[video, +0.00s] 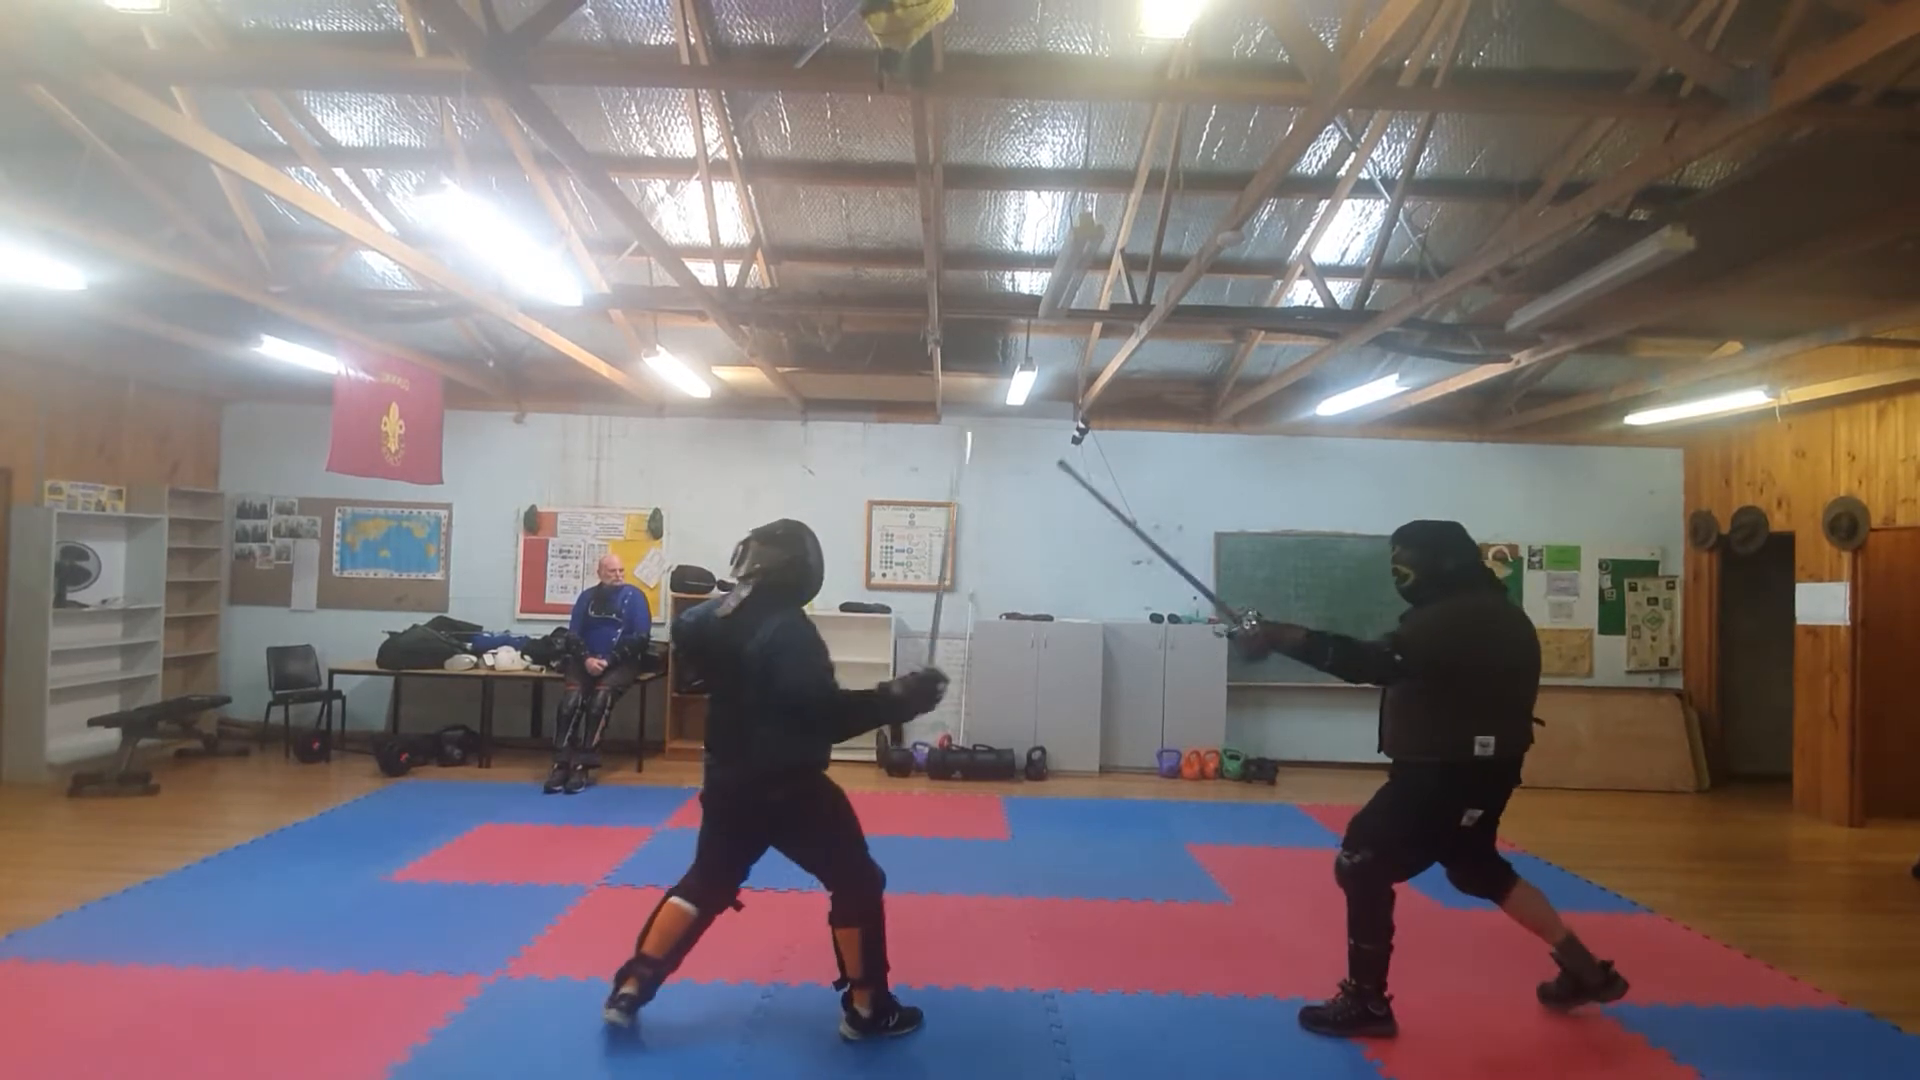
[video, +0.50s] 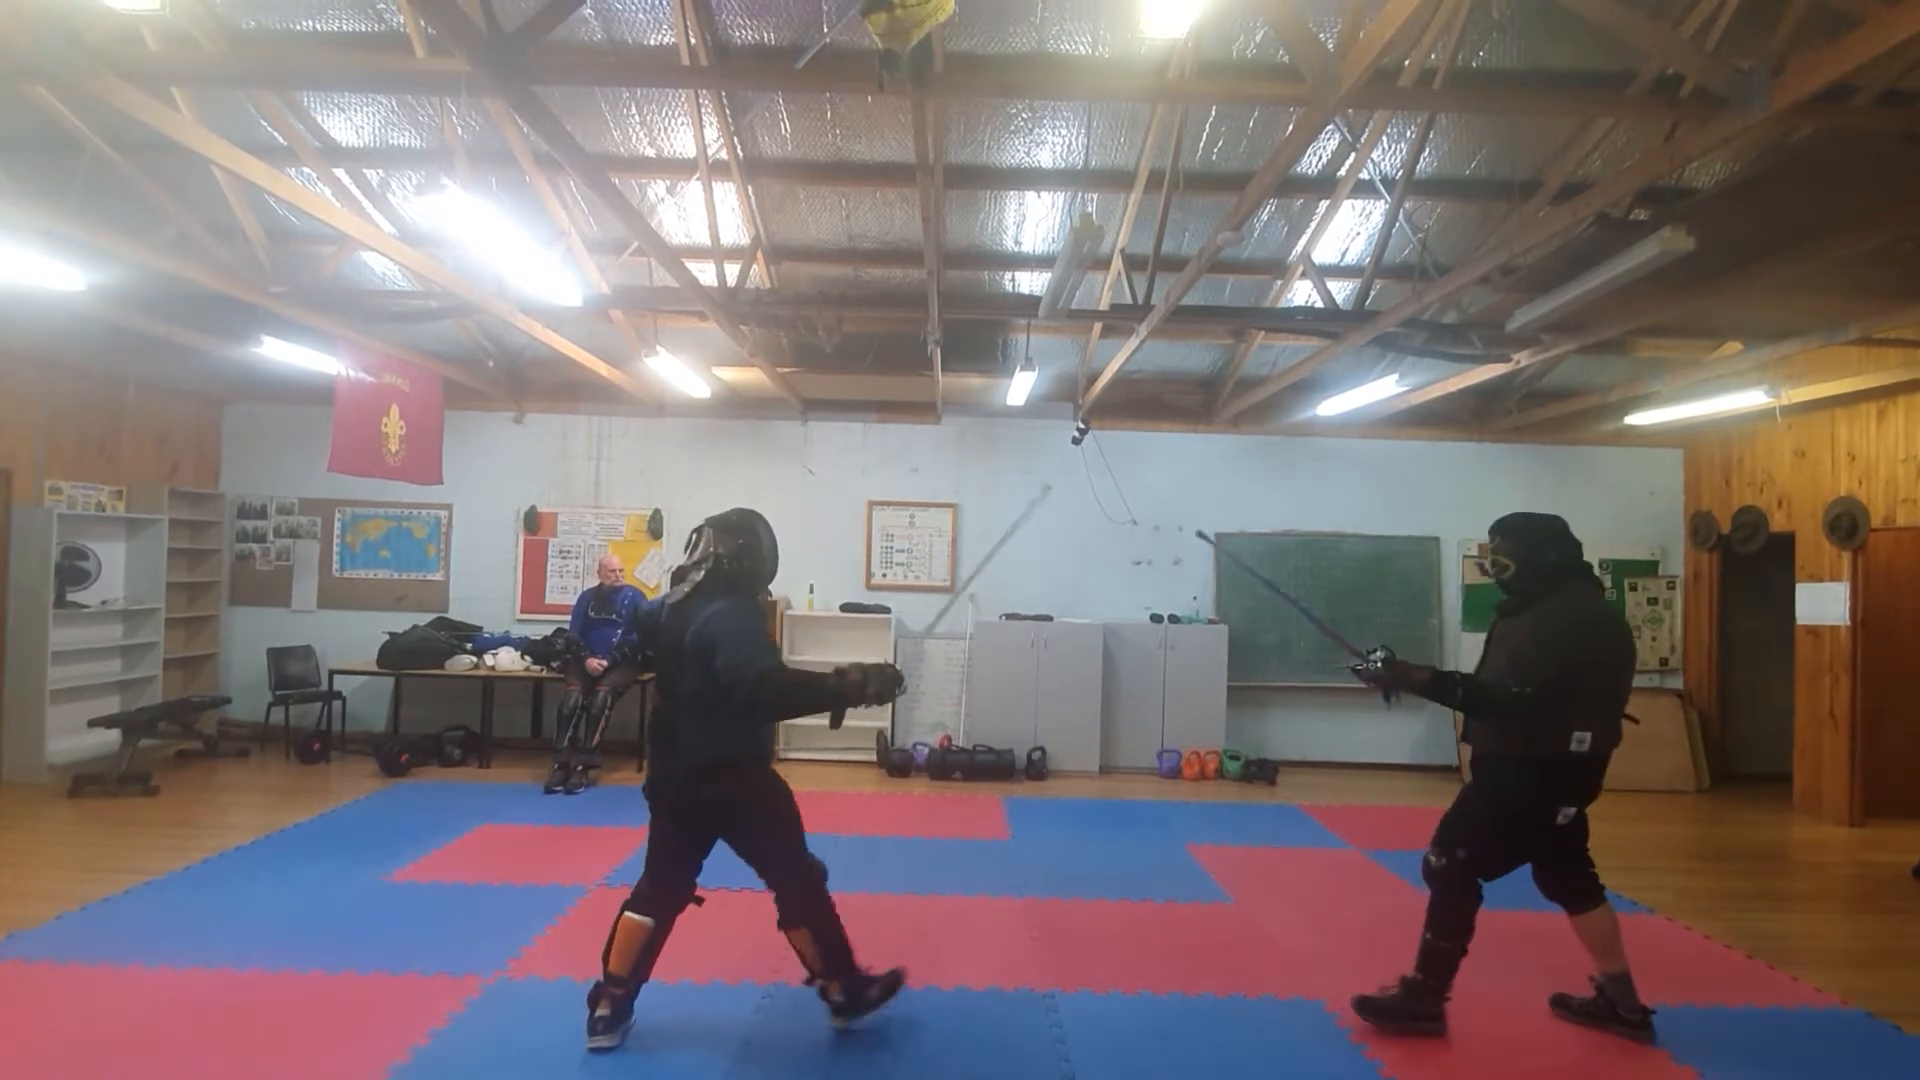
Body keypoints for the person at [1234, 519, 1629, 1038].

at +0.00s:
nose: (1399, 580)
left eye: (1404, 568)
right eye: (1396, 570)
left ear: (1437, 564)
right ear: (1459, 562)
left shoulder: (1446, 619)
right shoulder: (1503, 614)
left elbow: (1380, 663)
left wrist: (1289, 640)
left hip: (1438, 771)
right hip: (1489, 771)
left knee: (1363, 862)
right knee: (1475, 867)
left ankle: (1366, 998)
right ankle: (1586, 968)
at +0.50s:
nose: (1494, 572)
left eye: (1503, 560)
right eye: (1493, 560)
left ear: (1538, 561)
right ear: (1555, 560)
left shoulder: (1540, 621)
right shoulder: (1600, 617)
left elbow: (1510, 701)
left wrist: (1421, 681)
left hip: (1520, 777)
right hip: (1568, 777)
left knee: (1453, 866)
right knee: (1572, 880)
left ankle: (1424, 997)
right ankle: (1621, 1000)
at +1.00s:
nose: (1507, 570)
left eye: (1516, 559)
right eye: (1504, 560)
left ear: (1553, 558)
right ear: (1557, 560)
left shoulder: (1580, 617)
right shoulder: (1541, 611)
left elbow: (1524, 699)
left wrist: (1429, 675)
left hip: (1533, 774)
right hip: (1567, 774)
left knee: (1464, 864)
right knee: (1571, 879)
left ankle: (1449, 1001)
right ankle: (1621, 1001)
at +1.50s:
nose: (1452, 569)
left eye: (1461, 559)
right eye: (1450, 558)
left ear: (1497, 559)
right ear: (1507, 561)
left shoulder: (1500, 619)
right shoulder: (1550, 616)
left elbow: (1459, 694)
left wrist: (1362, 666)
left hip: (1468, 766)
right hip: (1504, 768)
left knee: (1406, 866)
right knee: (1464, 863)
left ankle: (1393, 998)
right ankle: (1545, 981)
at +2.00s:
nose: (1468, 572)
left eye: (1478, 561)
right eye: (1465, 561)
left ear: (1515, 558)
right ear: (1523, 560)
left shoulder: (1529, 615)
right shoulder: (1568, 611)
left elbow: (1484, 697)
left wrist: (1397, 676)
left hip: (1492, 771)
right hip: (1526, 772)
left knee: (1432, 869)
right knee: (1513, 876)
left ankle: (1404, 998)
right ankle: (1558, 1002)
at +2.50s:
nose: (1427, 573)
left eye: (1436, 562)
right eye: (1424, 564)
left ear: (1473, 557)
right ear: (1481, 560)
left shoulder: (1484, 619)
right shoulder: (1525, 612)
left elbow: (1447, 705)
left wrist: (1356, 680)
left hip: (1457, 772)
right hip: (1504, 772)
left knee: (1391, 872)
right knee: (1497, 877)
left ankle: (1348, 997)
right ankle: (1558, 1003)